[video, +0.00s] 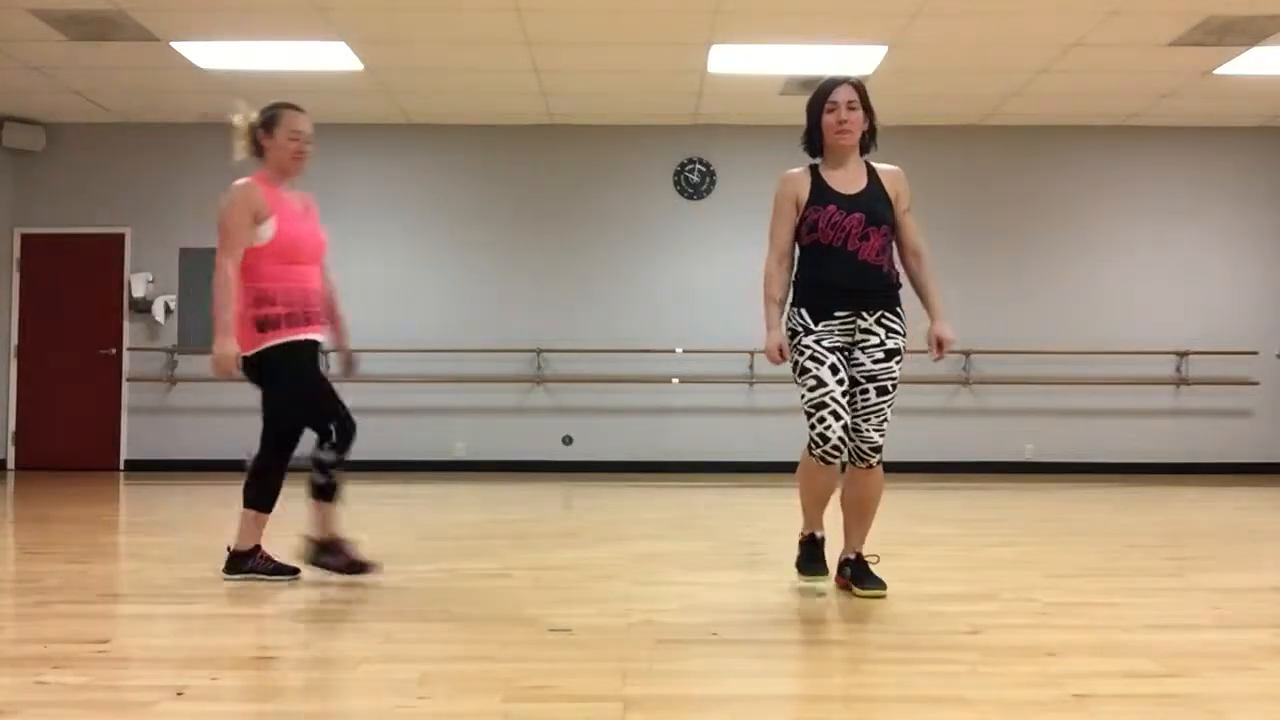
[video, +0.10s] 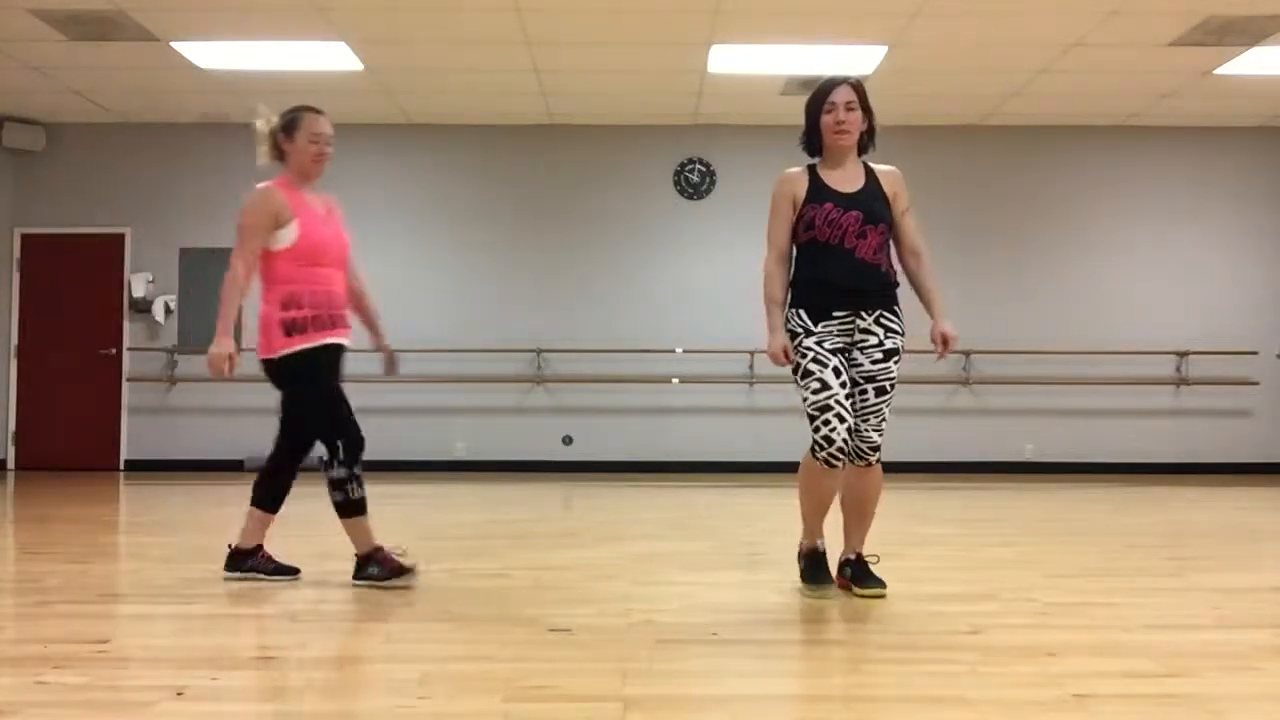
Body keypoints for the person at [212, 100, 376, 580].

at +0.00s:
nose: (304, 149)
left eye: (308, 141)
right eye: (294, 139)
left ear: (311, 145)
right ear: (265, 140)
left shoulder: (304, 202)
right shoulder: (246, 194)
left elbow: (320, 275)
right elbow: (227, 267)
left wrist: (341, 337)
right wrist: (225, 337)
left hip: (302, 340)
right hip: (268, 341)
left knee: (278, 445)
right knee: (338, 427)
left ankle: (245, 550)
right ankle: (323, 538)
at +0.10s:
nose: (325, 151)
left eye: (329, 143)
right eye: (315, 141)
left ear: (332, 148)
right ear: (285, 143)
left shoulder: (327, 205)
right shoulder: (266, 198)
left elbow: (349, 278)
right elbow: (240, 269)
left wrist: (378, 334)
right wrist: (224, 335)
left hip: (327, 343)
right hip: (291, 346)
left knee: (290, 448)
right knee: (344, 441)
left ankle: (246, 549)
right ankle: (368, 554)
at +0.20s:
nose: (343, 148)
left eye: (348, 140)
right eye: (333, 138)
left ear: (350, 147)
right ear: (304, 142)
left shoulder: (348, 203)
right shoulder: (286, 197)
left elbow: (371, 277)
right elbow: (264, 272)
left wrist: (407, 336)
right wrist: (238, 339)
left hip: (354, 342)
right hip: (314, 342)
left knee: (327, 447)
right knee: (358, 442)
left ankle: (258, 537)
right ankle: (371, 555)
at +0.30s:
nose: (358, 142)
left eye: (363, 135)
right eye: (347, 134)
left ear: (366, 143)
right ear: (321, 141)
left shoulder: (371, 201)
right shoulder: (307, 196)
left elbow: (391, 277)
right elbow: (288, 271)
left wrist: (422, 333)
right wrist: (273, 343)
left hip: (376, 339)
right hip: (333, 339)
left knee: (382, 443)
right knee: (363, 443)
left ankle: (298, 513)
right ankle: (371, 555)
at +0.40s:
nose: (372, 137)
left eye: (377, 129)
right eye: (360, 129)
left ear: (383, 139)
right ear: (336, 138)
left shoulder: (394, 200)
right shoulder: (321, 194)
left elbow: (407, 271)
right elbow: (308, 271)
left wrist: (431, 325)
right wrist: (315, 337)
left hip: (395, 339)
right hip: (345, 340)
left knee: (424, 436)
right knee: (366, 443)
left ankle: (349, 502)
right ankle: (371, 556)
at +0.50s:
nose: (384, 132)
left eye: (391, 126)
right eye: (373, 124)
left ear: (398, 136)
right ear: (351, 134)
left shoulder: (412, 196)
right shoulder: (333, 191)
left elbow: (426, 268)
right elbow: (321, 269)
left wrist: (444, 323)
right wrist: (350, 323)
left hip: (410, 338)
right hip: (356, 338)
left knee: (441, 430)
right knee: (368, 443)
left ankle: (412, 520)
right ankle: (371, 554)